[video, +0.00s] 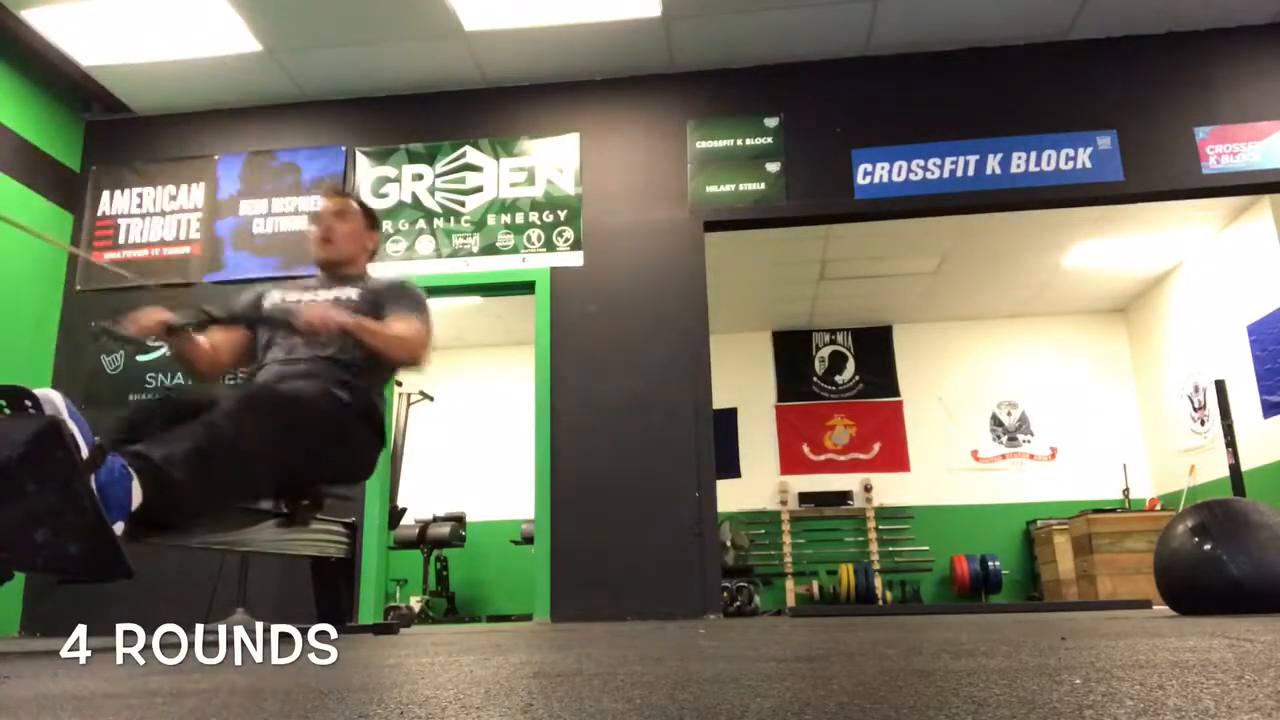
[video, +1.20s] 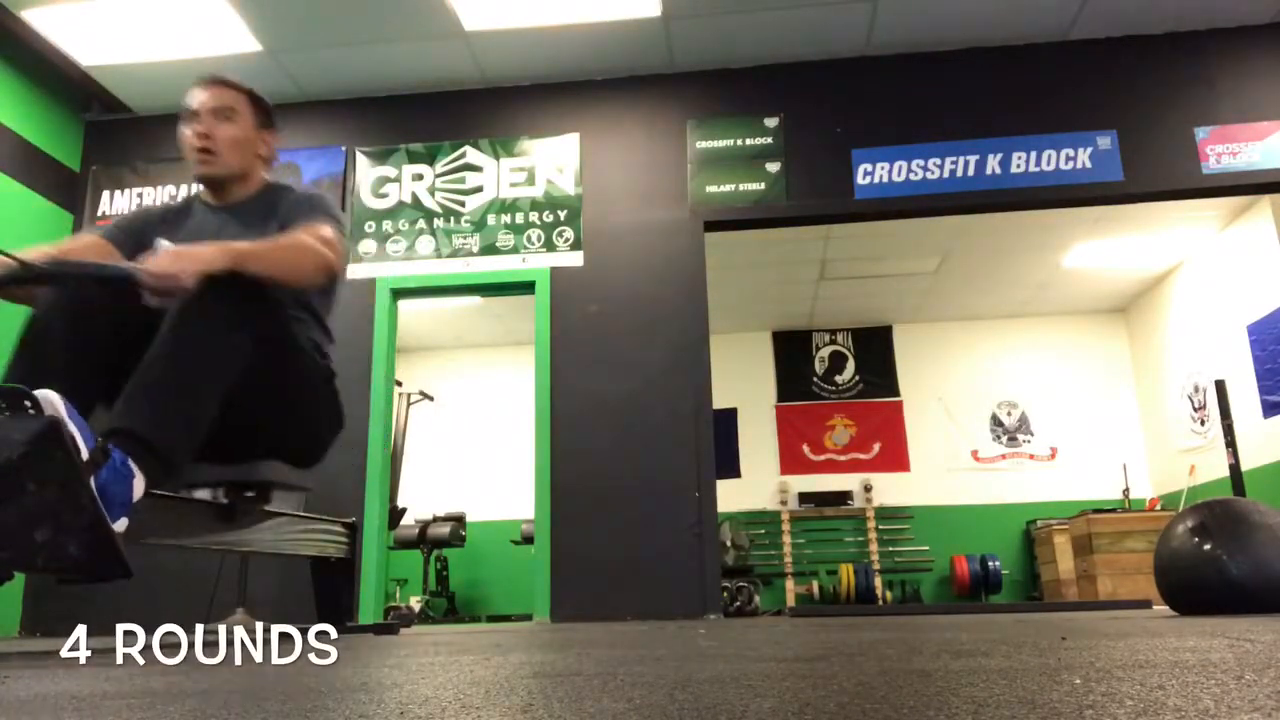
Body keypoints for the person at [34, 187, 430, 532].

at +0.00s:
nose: (324, 225)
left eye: (339, 218)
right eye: (320, 218)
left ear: (371, 239)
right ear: (311, 233)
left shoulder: (389, 290)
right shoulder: (279, 296)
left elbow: (413, 346)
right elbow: (211, 360)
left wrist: (345, 321)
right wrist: (173, 332)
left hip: (342, 417)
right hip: (262, 409)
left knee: (256, 415)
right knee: (163, 414)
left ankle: (128, 486)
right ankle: (89, 468)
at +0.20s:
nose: (331, 239)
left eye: (346, 231)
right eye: (325, 234)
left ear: (379, 252)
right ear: (319, 253)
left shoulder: (407, 313)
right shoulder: (287, 313)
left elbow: (462, 395)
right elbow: (254, 385)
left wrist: (405, 354)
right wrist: (227, 363)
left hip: (345, 409)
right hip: (270, 403)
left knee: (250, 437)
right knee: (181, 419)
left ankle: (128, 493)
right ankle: (95, 466)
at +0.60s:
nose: (323, 223)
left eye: (339, 215)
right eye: (317, 217)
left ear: (370, 240)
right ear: (308, 236)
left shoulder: (392, 297)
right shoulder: (274, 304)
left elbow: (423, 356)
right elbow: (224, 365)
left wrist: (358, 339)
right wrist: (176, 359)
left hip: (340, 408)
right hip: (259, 402)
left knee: (251, 429)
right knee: (173, 418)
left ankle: (125, 489)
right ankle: (89, 457)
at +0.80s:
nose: (300, 202)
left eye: (317, 192)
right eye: (294, 194)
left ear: (350, 215)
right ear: (287, 209)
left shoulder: (375, 271)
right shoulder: (263, 282)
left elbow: (396, 315)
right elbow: (194, 326)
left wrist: (326, 305)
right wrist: (134, 328)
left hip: (341, 412)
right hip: (260, 405)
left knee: (249, 399)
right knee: (163, 398)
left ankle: (127, 491)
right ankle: (92, 457)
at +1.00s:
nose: (261, 172)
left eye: (281, 161)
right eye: (254, 162)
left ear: (318, 188)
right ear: (244, 179)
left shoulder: (346, 246)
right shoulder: (227, 257)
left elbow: (366, 292)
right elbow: (146, 295)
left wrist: (282, 284)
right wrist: (79, 300)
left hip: (325, 420)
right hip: (229, 418)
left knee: (244, 343)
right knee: (129, 341)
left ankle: (124, 486)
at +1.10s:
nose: (234, 151)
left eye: (255, 140)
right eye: (227, 141)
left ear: (294, 168)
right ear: (216, 161)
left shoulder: (323, 229)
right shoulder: (199, 240)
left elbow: (344, 278)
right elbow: (119, 272)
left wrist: (255, 273)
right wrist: (33, 286)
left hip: (304, 421)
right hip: (205, 421)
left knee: (242, 315)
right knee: (111, 309)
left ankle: (122, 478)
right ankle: (31, 452)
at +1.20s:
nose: (200, 130)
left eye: (223, 117)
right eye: (191, 119)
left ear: (265, 144)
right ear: (181, 138)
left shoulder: (301, 206)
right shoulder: (165, 220)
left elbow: (320, 259)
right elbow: (73, 256)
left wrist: (215, 257)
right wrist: (12, 267)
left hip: (282, 412)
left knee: (230, 290)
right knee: (85, 286)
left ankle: (125, 468)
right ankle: (18, 443)